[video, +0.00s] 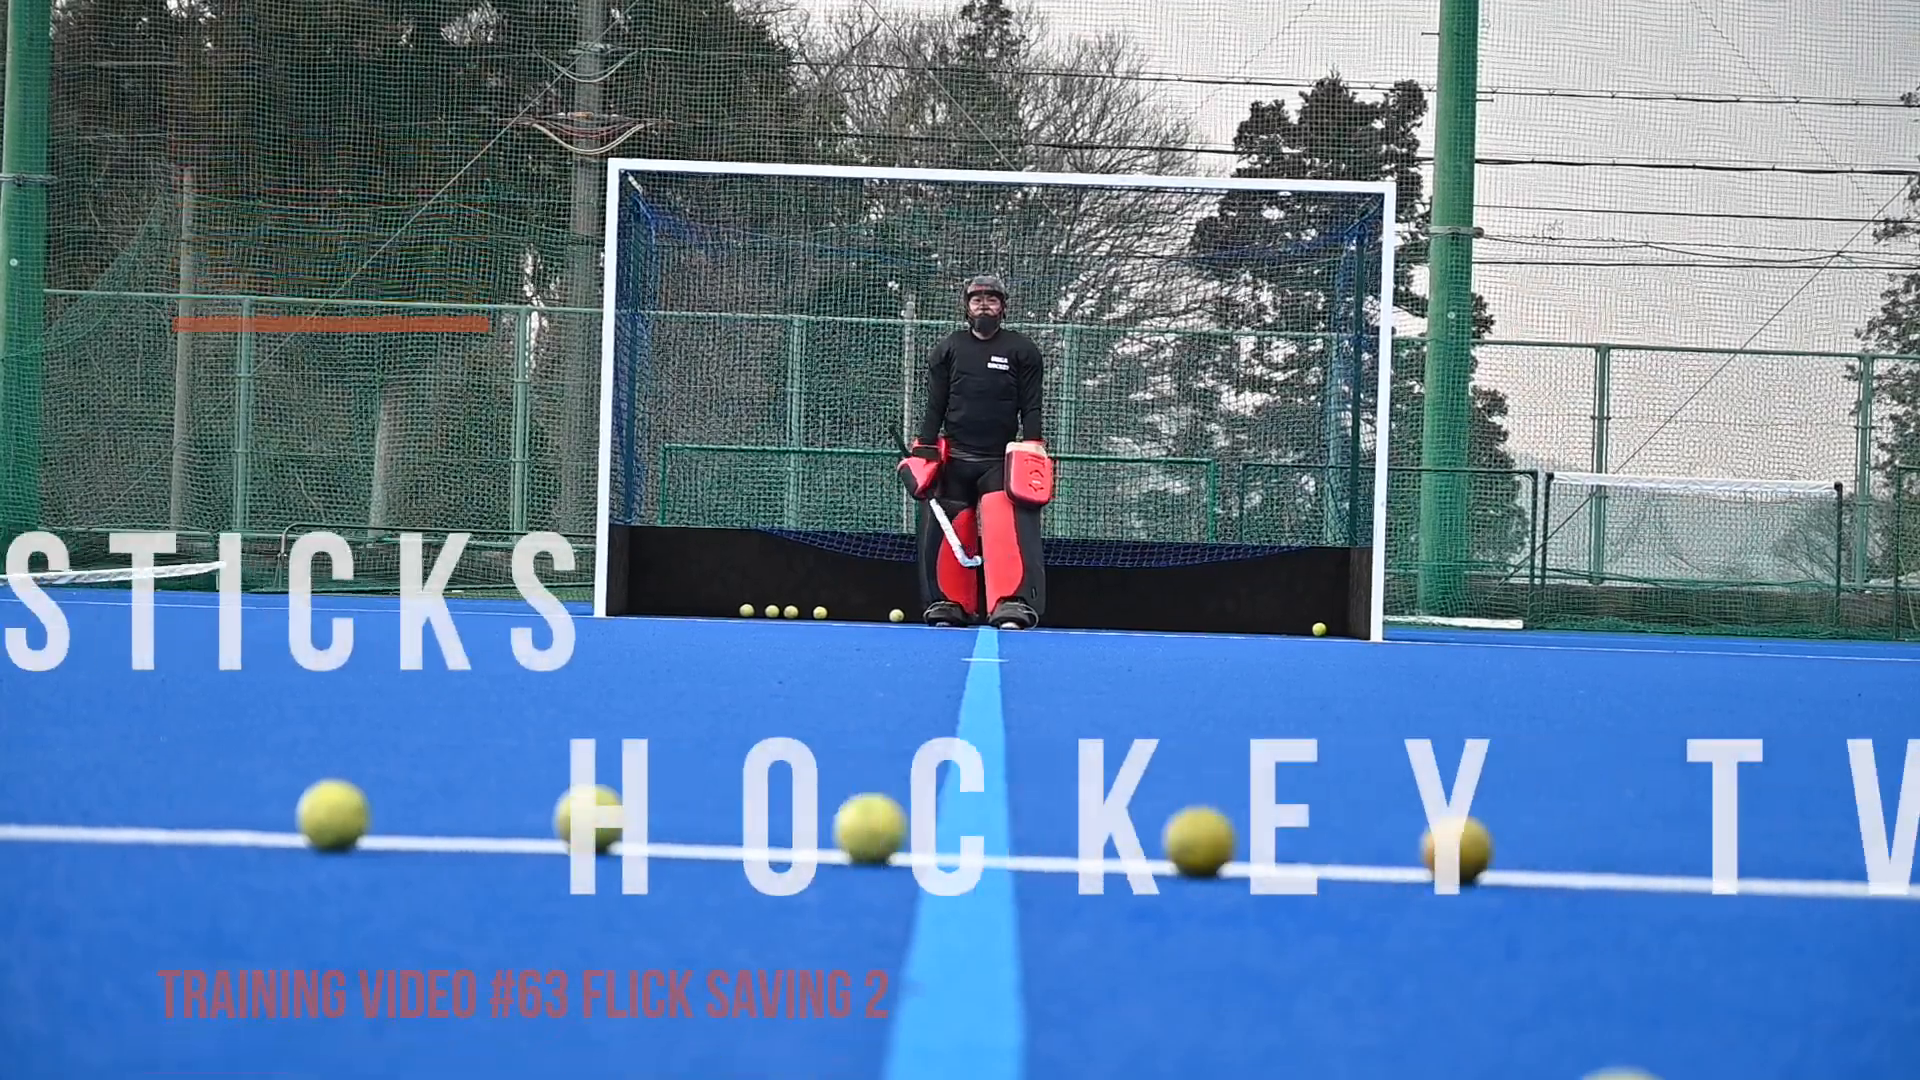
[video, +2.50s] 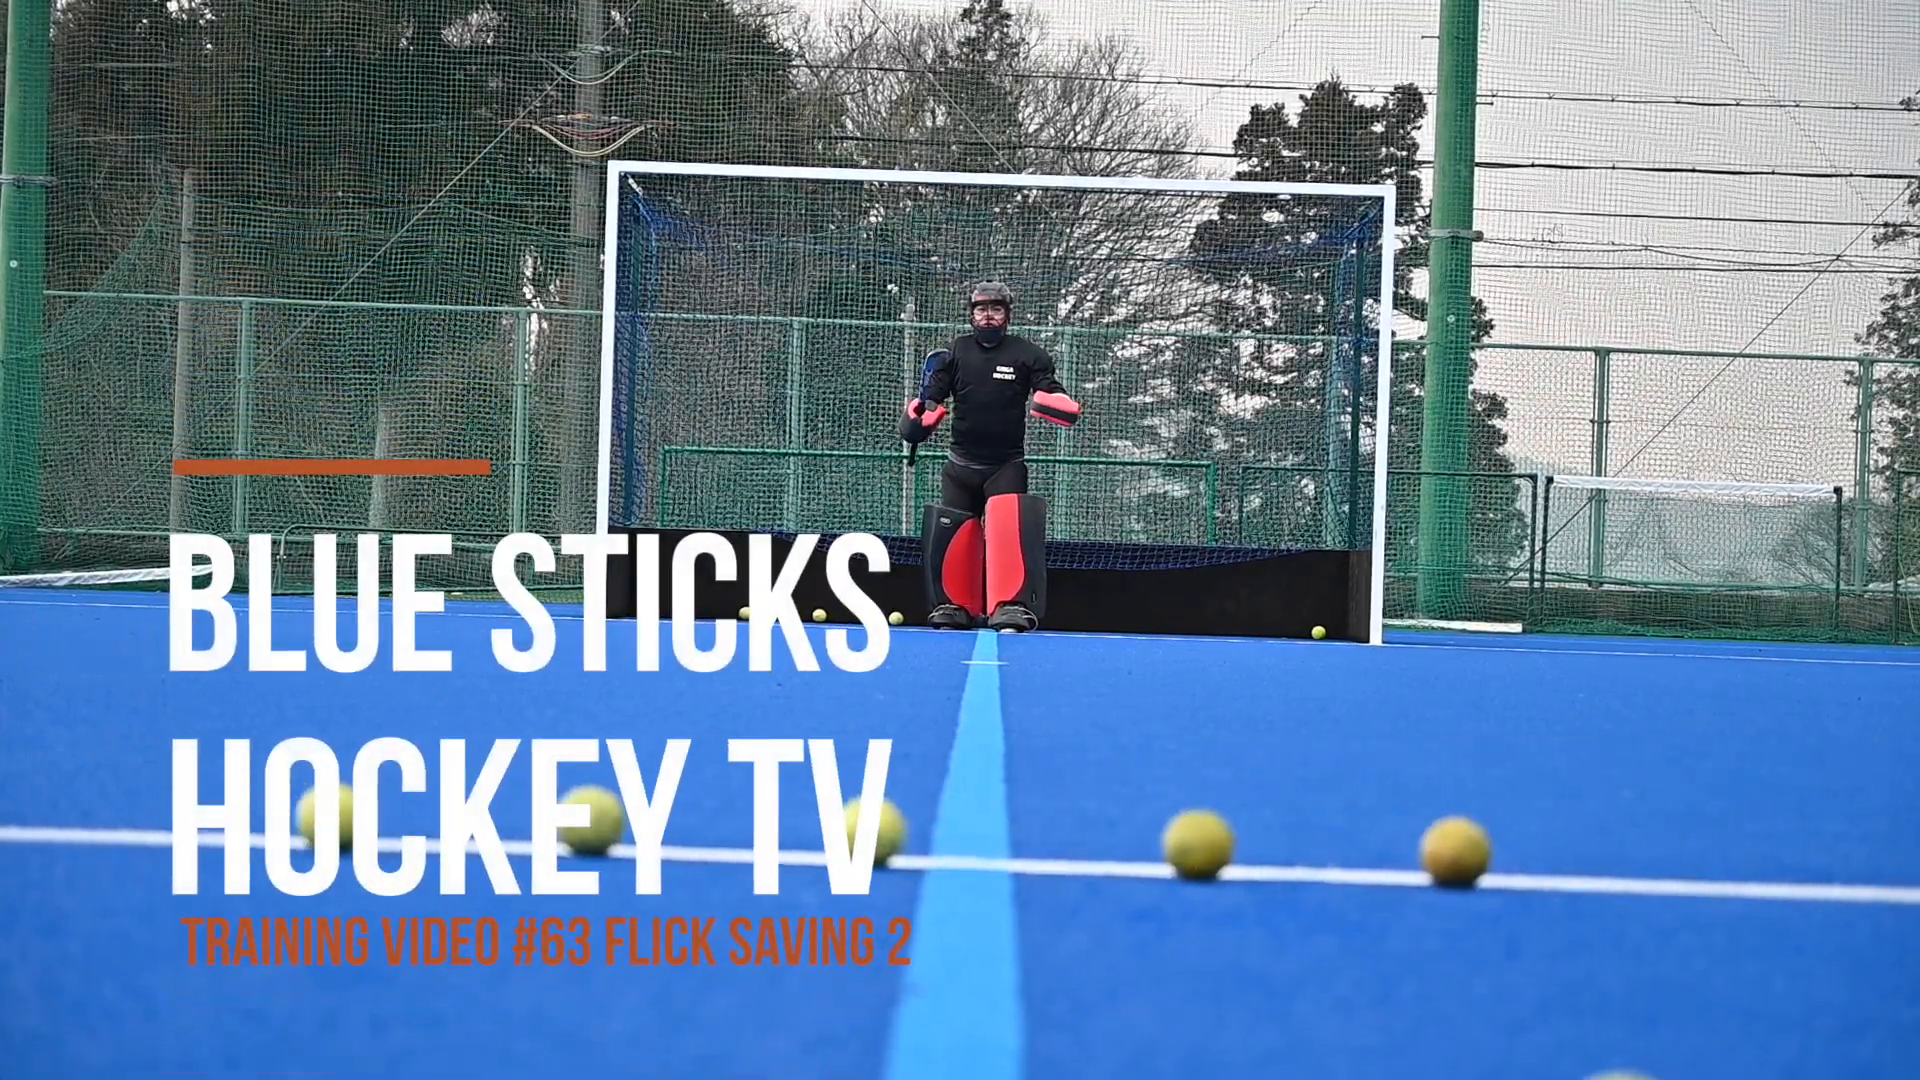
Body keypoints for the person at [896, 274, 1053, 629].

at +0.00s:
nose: (984, 305)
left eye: (991, 299)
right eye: (977, 299)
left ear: (1002, 306)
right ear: (967, 306)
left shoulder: (1022, 350)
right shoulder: (948, 348)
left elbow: (1031, 408)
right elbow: (935, 405)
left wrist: (1032, 455)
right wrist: (924, 452)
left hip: (1001, 461)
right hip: (955, 459)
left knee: (1006, 531)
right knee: (946, 531)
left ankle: (1010, 604)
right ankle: (949, 603)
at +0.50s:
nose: (981, 309)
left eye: (988, 302)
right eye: (974, 302)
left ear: (1000, 307)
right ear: (964, 307)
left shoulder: (1019, 350)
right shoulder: (945, 348)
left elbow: (1027, 407)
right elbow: (930, 406)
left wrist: (1027, 456)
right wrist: (916, 455)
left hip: (997, 461)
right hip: (951, 459)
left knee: (1001, 530)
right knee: (946, 531)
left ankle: (1008, 605)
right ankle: (949, 605)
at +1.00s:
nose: (986, 310)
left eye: (993, 303)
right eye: (979, 303)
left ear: (1004, 308)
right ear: (968, 308)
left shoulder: (1024, 351)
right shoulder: (950, 349)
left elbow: (1038, 404)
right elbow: (931, 402)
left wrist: (1041, 450)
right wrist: (916, 447)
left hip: (1005, 462)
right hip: (957, 460)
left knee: (1007, 530)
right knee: (950, 530)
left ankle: (1011, 605)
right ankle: (951, 605)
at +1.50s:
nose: (999, 312)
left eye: (1006, 306)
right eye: (992, 305)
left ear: (1017, 311)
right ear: (982, 309)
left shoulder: (1036, 353)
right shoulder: (962, 348)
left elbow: (1056, 393)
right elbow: (939, 394)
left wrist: (1063, 413)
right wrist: (924, 418)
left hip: (1012, 462)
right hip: (967, 460)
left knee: (1010, 531)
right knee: (957, 529)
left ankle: (1010, 607)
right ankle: (955, 604)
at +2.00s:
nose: (986, 316)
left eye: (994, 309)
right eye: (980, 309)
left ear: (1006, 314)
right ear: (970, 314)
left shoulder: (1027, 354)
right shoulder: (952, 352)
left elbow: (1049, 391)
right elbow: (929, 396)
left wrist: (1054, 405)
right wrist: (919, 414)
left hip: (1005, 465)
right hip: (960, 463)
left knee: (1005, 531)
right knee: (955, 534)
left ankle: (1008, 607)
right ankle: (957, 606)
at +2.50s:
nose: (988, 316)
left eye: (995, 309)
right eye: (981, 309)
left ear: (1007, 314)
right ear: (971, 314)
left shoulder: (1029, 354)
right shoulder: (955, 353)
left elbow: (1053, 394)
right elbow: (930, 399)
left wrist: (1055, 404)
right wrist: (918, 419)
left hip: (1007, 465)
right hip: (961, 463)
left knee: (1007, 531)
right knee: (954, 533)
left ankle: (1009, 607)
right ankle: (955, 606)